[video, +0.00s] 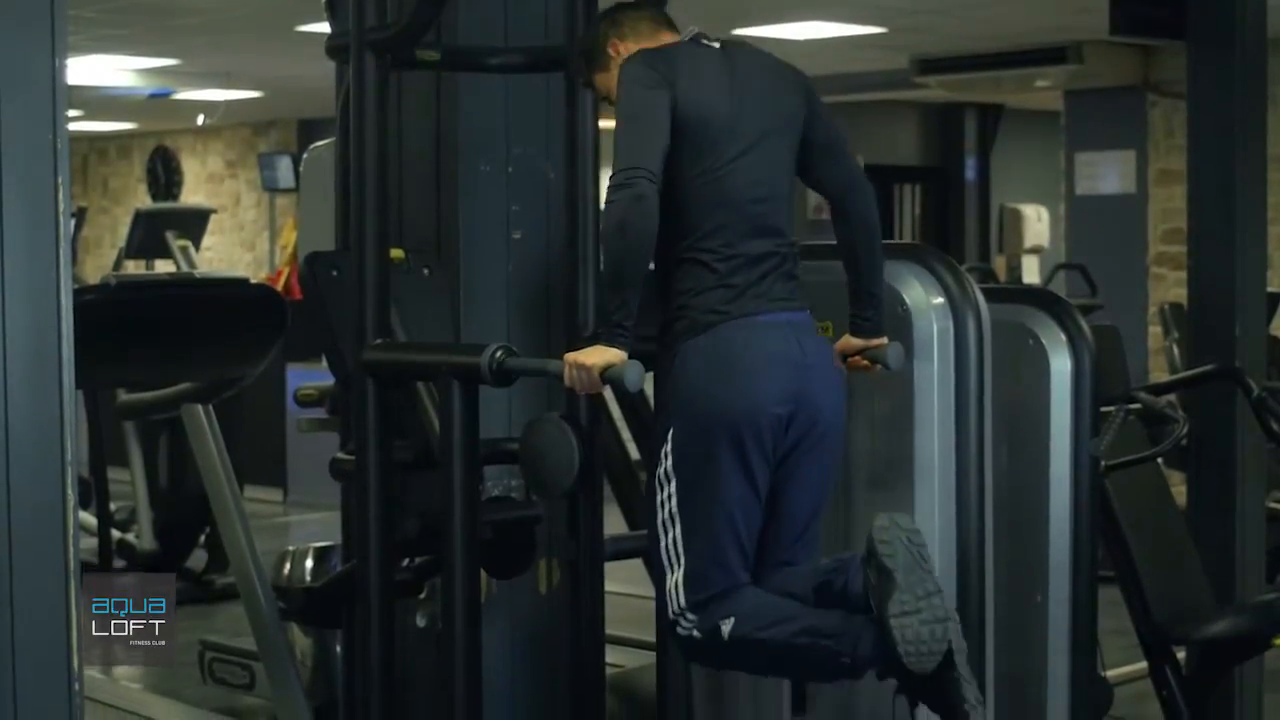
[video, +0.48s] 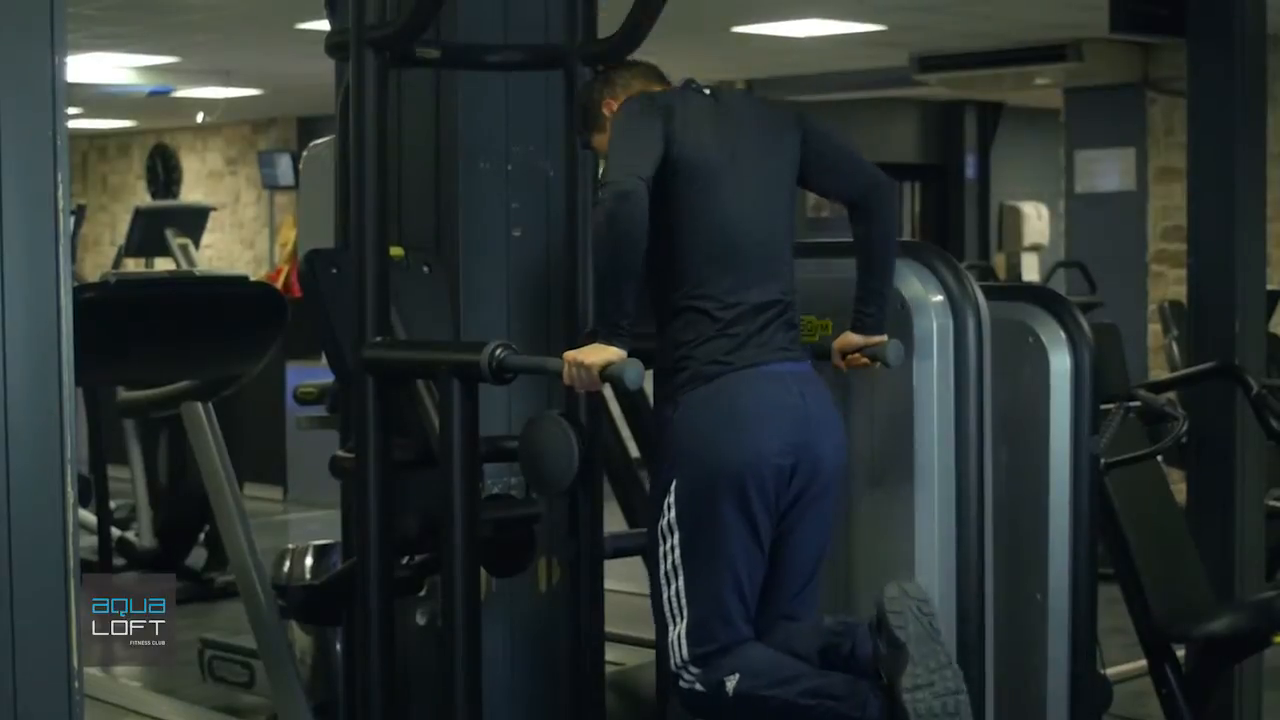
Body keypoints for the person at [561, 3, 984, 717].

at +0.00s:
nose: (613, 104)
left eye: (606, 89)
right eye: (605, 96)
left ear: (619, 50)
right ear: (674, 29)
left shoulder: (646, 69)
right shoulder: (781, 77)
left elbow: (635, 194)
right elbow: (853, 193)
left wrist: (615, 333)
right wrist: (867, 321)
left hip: (718, 360)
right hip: (807, 353)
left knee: (698, 613)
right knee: (774, 585)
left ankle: (888, 646)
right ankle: (869, 577)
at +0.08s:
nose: (615, 94)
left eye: (609, 79)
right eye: (606, 86)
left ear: (622, 37)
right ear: (676, 20)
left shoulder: (650, 62)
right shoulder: (783, 70)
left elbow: (637, 194)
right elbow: (852, 192)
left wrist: (613, 330)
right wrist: (867, 318)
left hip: (717, 353)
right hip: (808, 346)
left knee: (695, 606)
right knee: (771, 574)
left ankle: (890, 632)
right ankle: (867, 563)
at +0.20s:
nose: (615, 93)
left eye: (609, 80)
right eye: (607, 86)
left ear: (621, 42)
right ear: (674, 22)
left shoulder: (651, 67)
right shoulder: (782, 73)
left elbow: (637, 192)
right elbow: (857, 188)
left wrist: (613, 329)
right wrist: (866, 317)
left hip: (719, 356)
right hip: (809, 348)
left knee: (694, 611)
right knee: (769, 580)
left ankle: (883, 636)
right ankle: (865, 569)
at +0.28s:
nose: (614, 106)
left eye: (608, 93)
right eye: (606, 99)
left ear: (621, 57)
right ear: (675, 36)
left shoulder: (649, 76)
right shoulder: (778, 82)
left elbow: (632, 194)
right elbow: (863, 188)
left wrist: (611, 331)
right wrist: (868, 319)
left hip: (717, 365)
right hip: (807, 356)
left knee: (696, 623)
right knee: (770, 592)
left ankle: (877, 652)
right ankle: (865, 586)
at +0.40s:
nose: (610, 144)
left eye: (603, 129)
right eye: (602, 136)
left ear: (616, 91)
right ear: (669, 69)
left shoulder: (642, 103)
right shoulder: (776, 103)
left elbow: (627, 200)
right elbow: (871, 190)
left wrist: (613, 333)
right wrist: (870, 321)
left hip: (718, 392)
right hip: (806, 382)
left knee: (697, 650)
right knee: (774, 612)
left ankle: (878, 696)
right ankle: (872, 629)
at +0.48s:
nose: (606, 157)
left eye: (601, 141)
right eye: (600, 148)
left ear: (615, 108)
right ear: (670, 86)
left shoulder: (641, 116)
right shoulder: (771, 118)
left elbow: (624, 198)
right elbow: (875, 190)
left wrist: (610, 332)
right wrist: (868, 323)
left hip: (719, 410)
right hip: (807, 399)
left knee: (701, 665)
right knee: (775, 632)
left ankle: (883, 705)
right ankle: (879, 646)